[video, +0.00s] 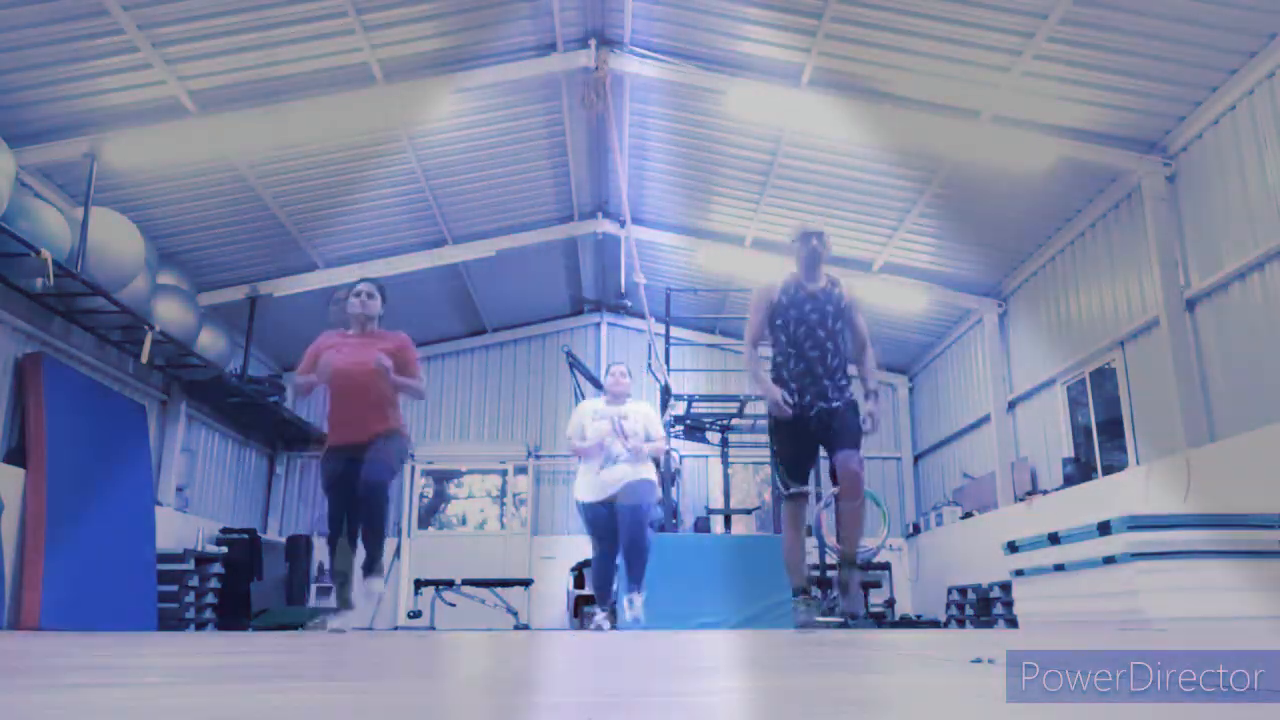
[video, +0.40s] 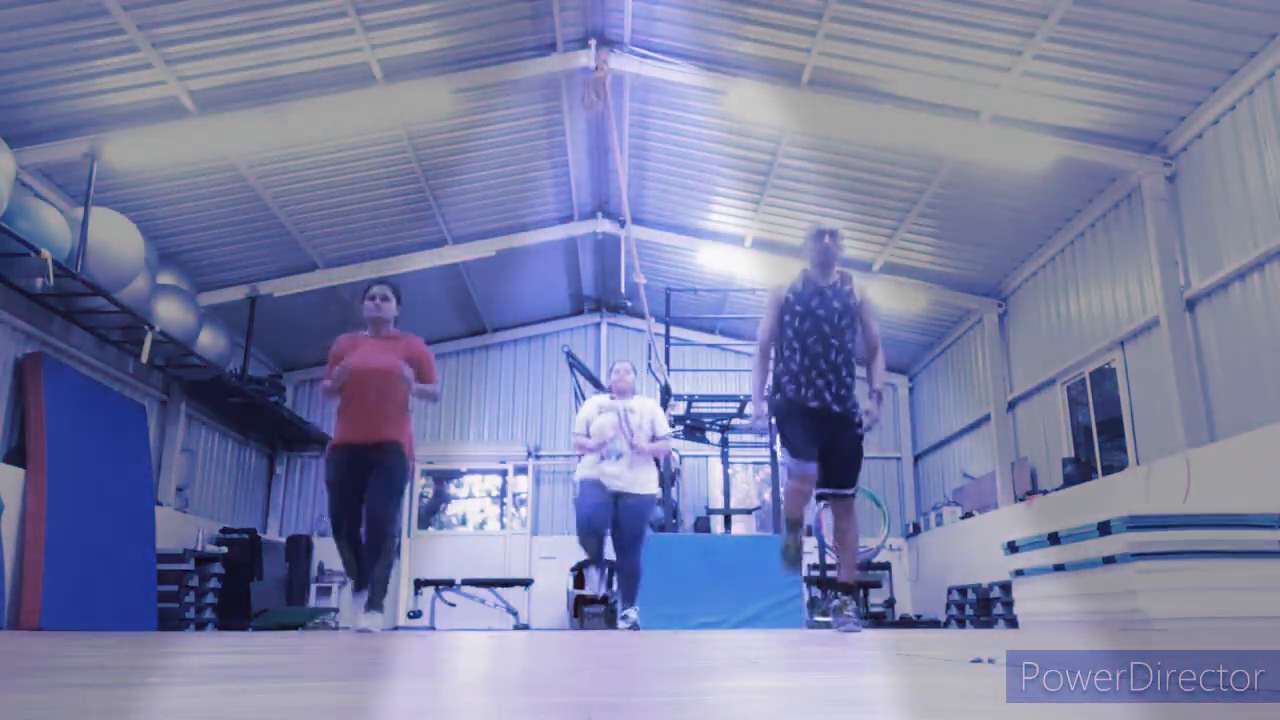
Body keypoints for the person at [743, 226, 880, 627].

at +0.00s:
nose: (813, 249)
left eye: (819, 243)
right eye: (806, 243)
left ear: (826, 252)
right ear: (794, 251)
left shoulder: (842, 297)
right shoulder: (772, 295)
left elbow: (863, 349)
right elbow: (751, 347)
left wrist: (871, 395)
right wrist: (766, 387)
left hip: (839, 404)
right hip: (790, 406)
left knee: (851, 475)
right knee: (795, 499)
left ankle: (849, 578)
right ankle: (800, 594)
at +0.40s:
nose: (826, 244)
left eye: (832, 239)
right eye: (819, 238)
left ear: (841, 249)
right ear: (806, 248)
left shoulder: (855, 296)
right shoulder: (784, 295)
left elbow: (875, 349)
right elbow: (763, 347)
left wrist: (876, 396)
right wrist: (759, 398)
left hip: (841, 404)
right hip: (793, 400)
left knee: (843, 500)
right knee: (803, 469)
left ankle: (846, 597)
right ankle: (794, 533)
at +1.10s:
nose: (812, 234)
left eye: (817, 227)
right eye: (803, 228)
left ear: (827, 236)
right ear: (790, 239)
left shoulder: (848, 282)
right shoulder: (775, 288)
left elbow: (873, 334)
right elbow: (758, 344)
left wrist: (887, 382)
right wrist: (755, 397)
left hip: (851, 400)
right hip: (801, 402)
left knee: (862, 490)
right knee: (805, 496)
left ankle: (845, 552)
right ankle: (812, 595)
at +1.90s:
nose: (860, 199)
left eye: (868, 194)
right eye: (853, 193)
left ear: (876, 206)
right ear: (838, 204)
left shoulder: (895, 255)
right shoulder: (813, 251)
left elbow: (914, 315)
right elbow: (790, 315)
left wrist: (916, 371)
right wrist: (784, 374)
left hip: (879, 380)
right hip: (823, 378)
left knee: (884, 486)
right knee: (822, 481)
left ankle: (888, 595)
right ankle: (811, 589)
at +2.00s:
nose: (861, 203)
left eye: (869, 198)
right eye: (853, 197)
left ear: (878, 210)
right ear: (838, 209)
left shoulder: (896, 258)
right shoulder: (814, 257)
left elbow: (916, 319)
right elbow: (792, 323)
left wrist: (920, 373)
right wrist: (782, 384)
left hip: (883, 377)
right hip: (831, 371)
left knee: (884, 488)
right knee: (845, 416)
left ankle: (884, 599)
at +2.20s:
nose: (861, 204)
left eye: (867, 198)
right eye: (853, 198)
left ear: (876, 207)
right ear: (838, 208)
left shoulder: (898, 258)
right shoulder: (815, 257)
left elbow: (919, 321)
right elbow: (793, 325)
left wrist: (924, 377)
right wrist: (785, 388)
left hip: (889, 377)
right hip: (835, 367)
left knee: (888, 488)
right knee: (856, 406)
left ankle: (884, 599)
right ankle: (844, 516)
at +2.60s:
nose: (849, 205)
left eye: (854, 197)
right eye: (841, 198)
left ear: (866, 207)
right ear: (827, 210)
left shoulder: (890, 256)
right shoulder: (813, 259)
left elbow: (921, 308)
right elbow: (789, 320)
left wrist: (938, 359)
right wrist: (787, 378)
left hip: (895, 381)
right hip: (840, 382)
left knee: (900, 489)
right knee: (846, 483)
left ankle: (889, 590)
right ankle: (854, 598)